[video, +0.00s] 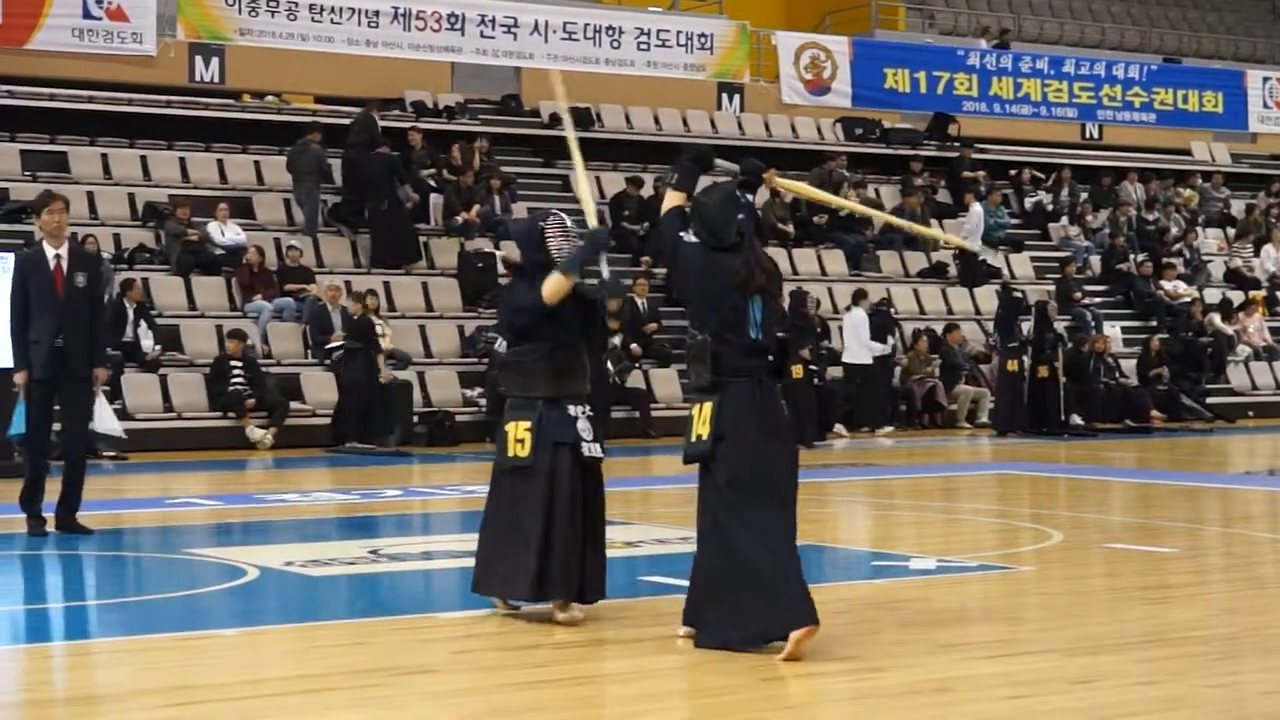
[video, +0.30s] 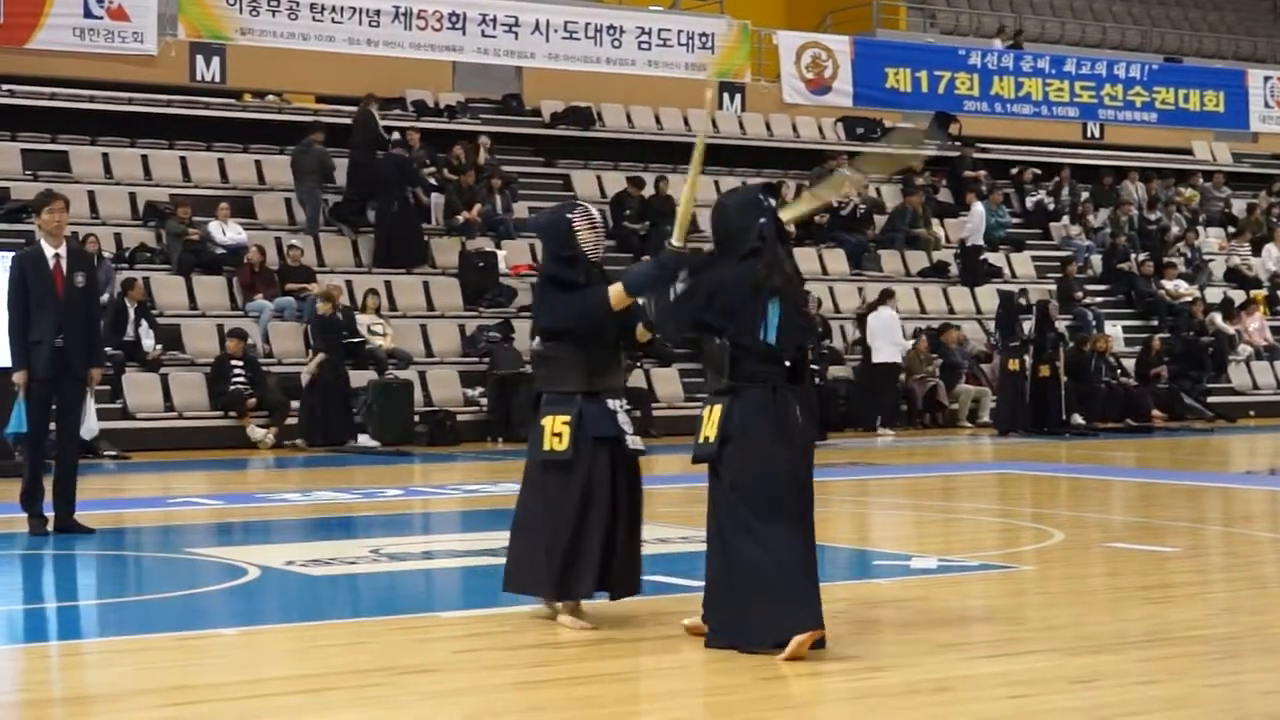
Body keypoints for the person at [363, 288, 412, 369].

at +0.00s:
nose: (373, 302)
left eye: (375, 299)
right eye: (370, 299)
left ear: (378, 301)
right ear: (365, 301)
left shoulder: (381, 318)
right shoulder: (363, 318)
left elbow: (388, 332)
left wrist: (386, 344)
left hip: (385, 347)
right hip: (372, 349)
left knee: (406, 358)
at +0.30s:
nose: (374, 301)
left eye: (376, 298)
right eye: (371, 298)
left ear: (379, 301)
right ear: (365, 300)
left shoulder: (381, 318)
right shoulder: (358, 317)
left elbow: (389, 332)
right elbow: (363, 335)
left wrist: (387, 343)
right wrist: (379, 343)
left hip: (384, 344)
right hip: (370, 345)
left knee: (407, 357)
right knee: (381, 358)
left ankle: (395, 377)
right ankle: (383, 381)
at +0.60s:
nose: (374, 300)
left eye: (377, 298)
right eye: (372, 298)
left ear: (379, 300)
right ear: (365, 299)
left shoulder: (382, 317)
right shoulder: (359, 317)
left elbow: (389, 331)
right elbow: (363, 334)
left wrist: (387, 343)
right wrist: (378, 343)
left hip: (385, 343)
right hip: (371, 345)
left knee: (407, 357)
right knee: (381, 357)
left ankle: (394, 376)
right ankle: (383, 380)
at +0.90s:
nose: (375, 300)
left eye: (377, 298)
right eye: (372, 297)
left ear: (380, 300)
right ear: (366, 299)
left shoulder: (383, 317)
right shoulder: (359, 317)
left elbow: (389, 331)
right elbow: (363, 334)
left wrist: (388, 343)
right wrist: (378, 343)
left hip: (385, 343)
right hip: (371, 344)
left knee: (407, 356)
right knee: (382, 357)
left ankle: (395, 376)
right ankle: (383, 379)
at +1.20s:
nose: (374, 302)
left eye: (376, 299)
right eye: (371, 299)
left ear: (379, 301)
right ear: (364, 300)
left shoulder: (382, 318)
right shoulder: (358, 318)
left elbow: (388, 332)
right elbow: (363, 336)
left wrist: (387, 343)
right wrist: (378, 344)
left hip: (384, 344)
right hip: (370, 346)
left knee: (406, 357)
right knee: (381, 358)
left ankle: (394, 377)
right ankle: (381, 381)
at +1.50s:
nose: (373, 302)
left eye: (376, 299)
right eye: (371, 299)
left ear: (378, 302)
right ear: (364, 301)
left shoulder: (381, 318)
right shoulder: (358, 319)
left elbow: (388, 332)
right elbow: (362, 336)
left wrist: (386, 344)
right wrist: (377, 344)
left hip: (384, 345)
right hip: (370, 346)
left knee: (406, 358)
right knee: (381, 359)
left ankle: (393, 377)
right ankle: (381, 381)